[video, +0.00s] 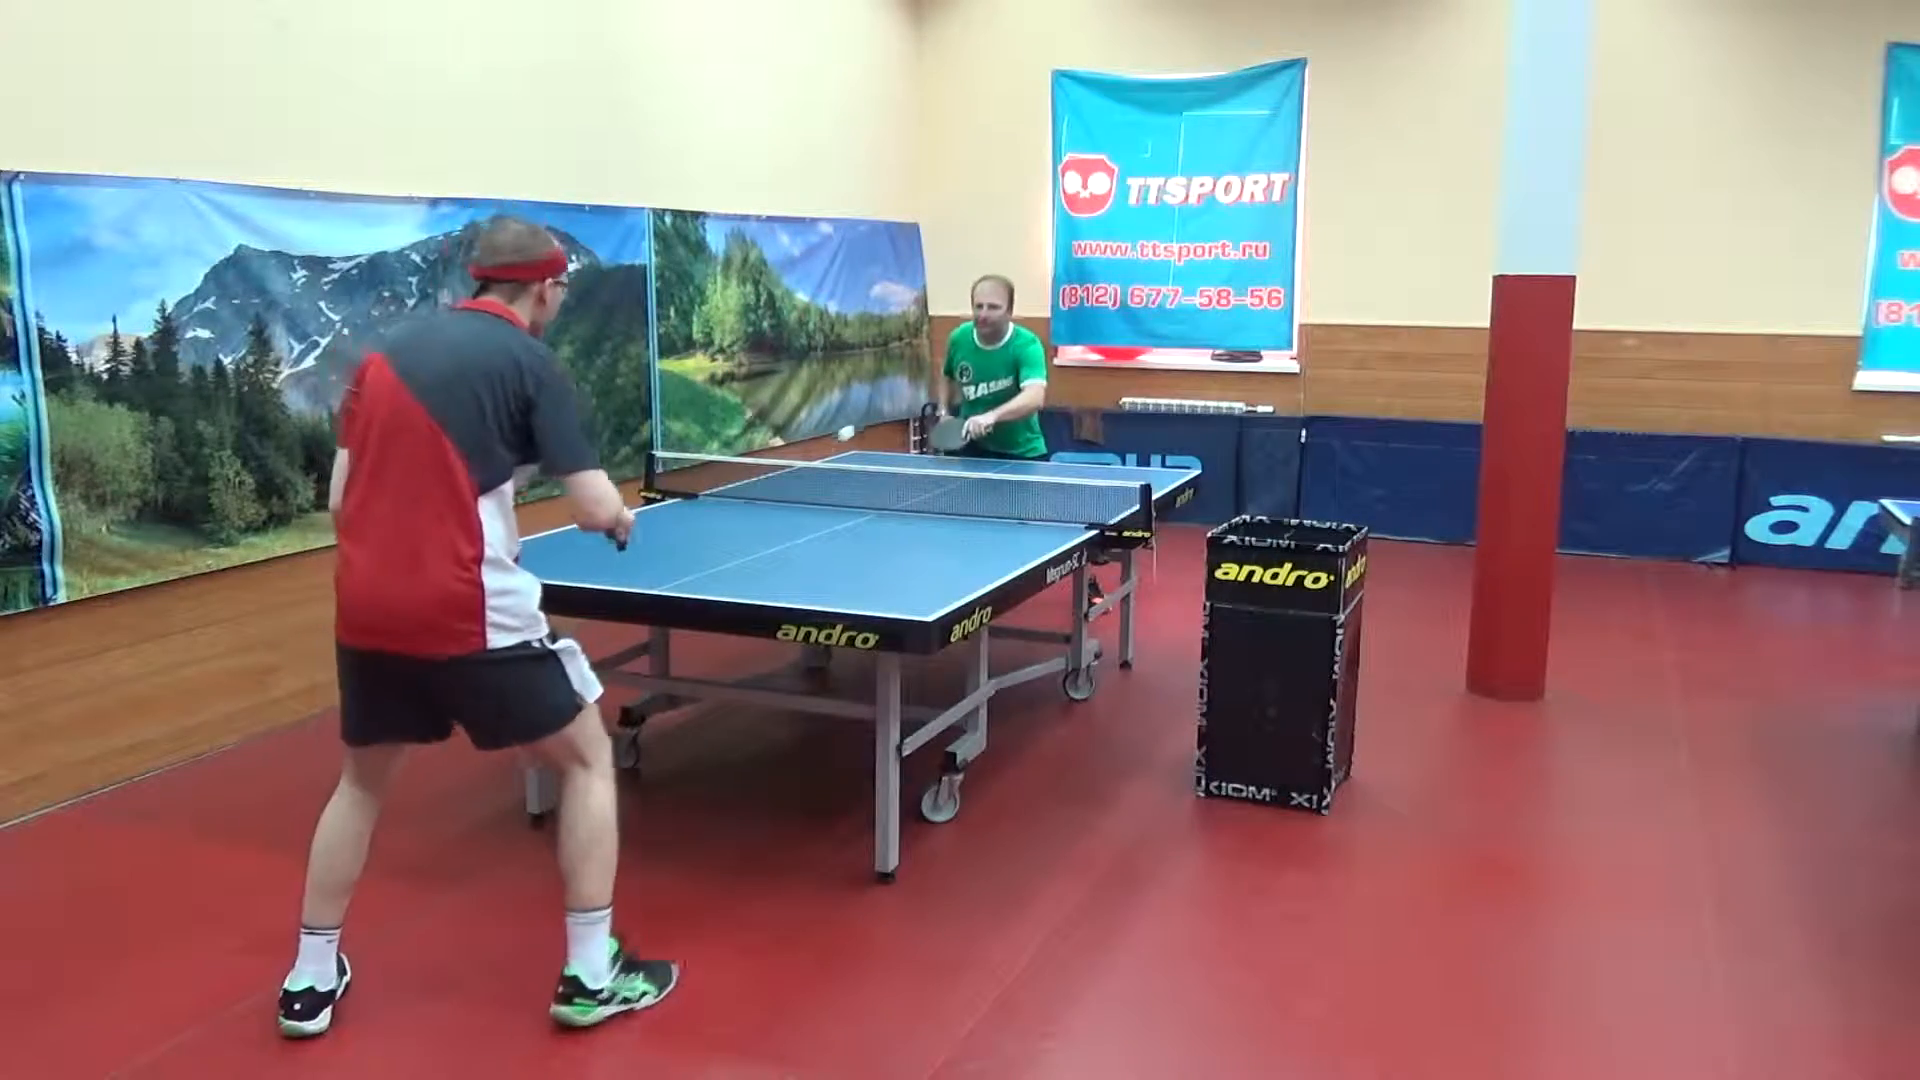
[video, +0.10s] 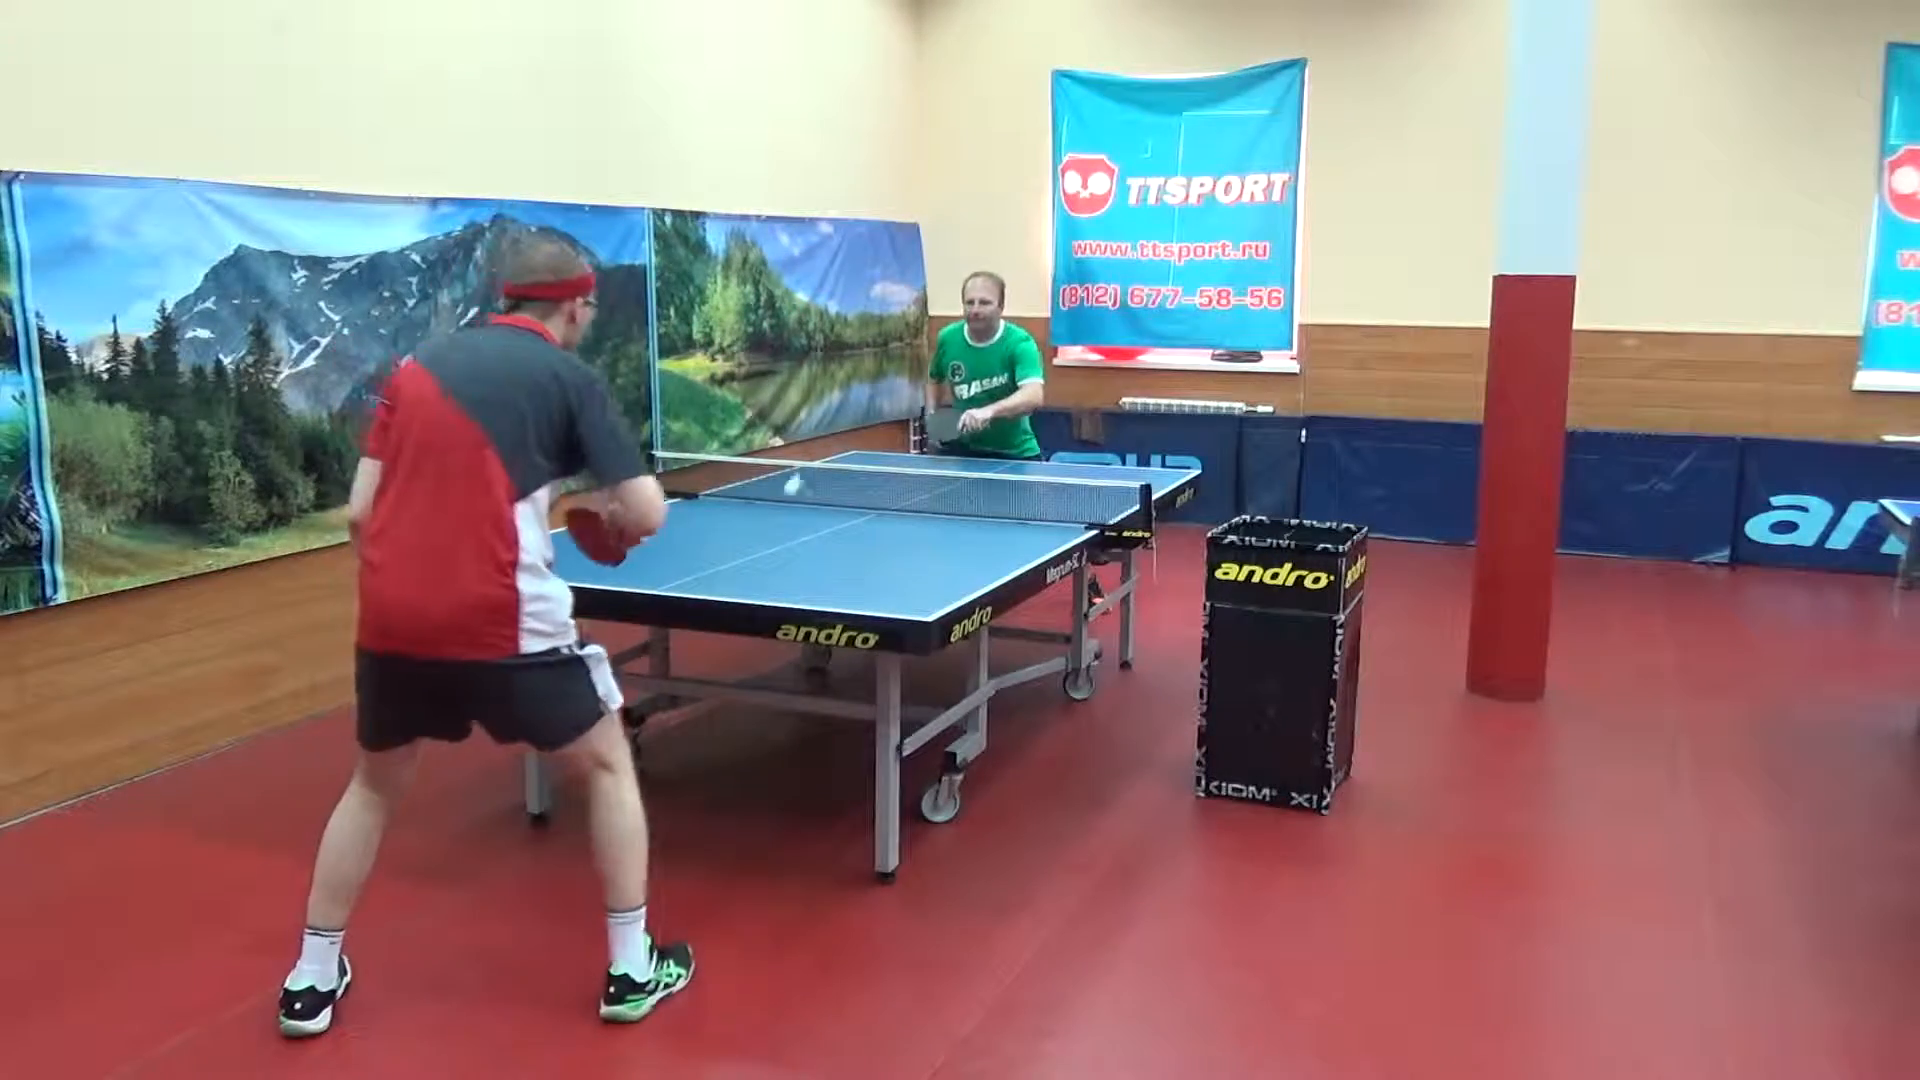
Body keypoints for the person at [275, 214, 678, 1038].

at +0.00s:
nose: (560, 301)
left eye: (560, 287)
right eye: (558, 287)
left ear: (477, 282)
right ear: (537, 289)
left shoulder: (386, 349)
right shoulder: (528, 363)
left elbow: (341, 499)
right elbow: (595, 508)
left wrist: (443, 517)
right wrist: (619, 517)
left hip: (368, 613)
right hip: (477, 615)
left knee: (360, 780)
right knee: (587, 759)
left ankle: (310, 981)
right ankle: (592, 972)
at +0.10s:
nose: (587, 322)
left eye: (586, 309)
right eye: (586, 309)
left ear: (503, 301)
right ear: (569, 309)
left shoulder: (418, 365)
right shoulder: (568, 379)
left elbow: (362, 509)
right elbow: (644, 511)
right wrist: (593, 514)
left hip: (393, 629)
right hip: (513, 628)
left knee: (373, 783)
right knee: (607, 764)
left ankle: (311, 980)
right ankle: (632, 966)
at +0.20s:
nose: (603, 337)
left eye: (600, 326)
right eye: (603, 326)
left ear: (521, 317)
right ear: (590, 324)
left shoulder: (445, 375)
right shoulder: (604, 383)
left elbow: (391, 522)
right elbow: (701, 496)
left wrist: (387, 622)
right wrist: (649, 527)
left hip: (435, 615)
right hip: (557, 618)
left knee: (381, 780)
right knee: (632, 764)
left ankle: (314, 976)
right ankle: (633, 965)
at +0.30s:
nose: (599, 335)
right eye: (600, 325)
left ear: (516, 319)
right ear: (593, 323)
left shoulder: (460, 384)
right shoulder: (629, 380)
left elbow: (421, 540)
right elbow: (736, 455)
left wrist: (404, 634)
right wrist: (700, 490)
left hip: (474, 620)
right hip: (600, 620)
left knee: (397, 784)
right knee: (644, 765)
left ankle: (327, 977)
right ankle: (635, 964)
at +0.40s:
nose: (596, 327)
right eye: (597, 316)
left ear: (512, 317)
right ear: (590, 318)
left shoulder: (470, 385)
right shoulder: (634, 377)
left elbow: (447, 538)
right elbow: (720, 446)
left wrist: (413, 642)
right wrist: (747, 464)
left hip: (496, 619)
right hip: (620, 617)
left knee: (412, 785)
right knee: (644, 769)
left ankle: (339, 990)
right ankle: (635, 964)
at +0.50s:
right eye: (597, 302)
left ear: (514, 305)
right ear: (592, 304)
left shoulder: (474, 378)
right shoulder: (636, 373)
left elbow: (453, 527)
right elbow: (708, 447)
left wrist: (413, 638)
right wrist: (733, 468)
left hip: (502, 616)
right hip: (624, 616)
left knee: (411, 791)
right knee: (642, 764)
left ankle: (338, 1006)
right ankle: (637, 967)